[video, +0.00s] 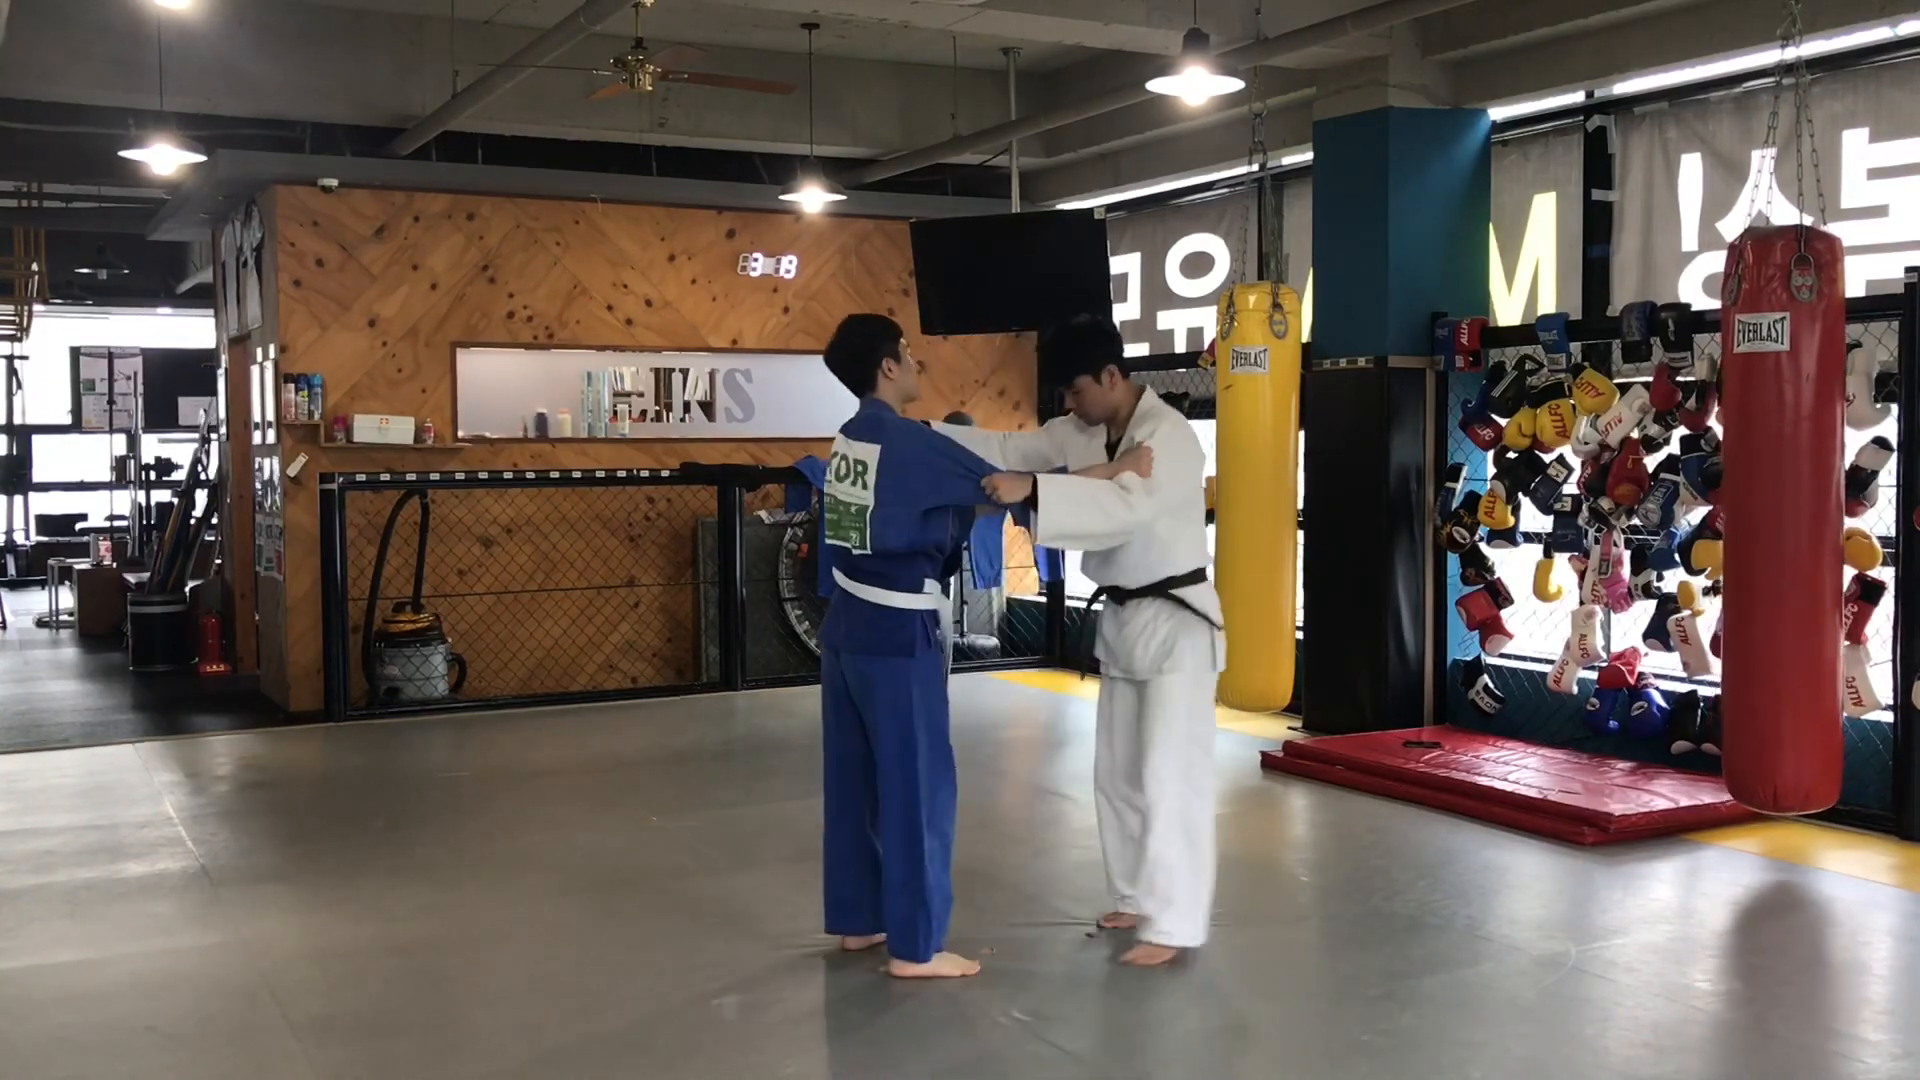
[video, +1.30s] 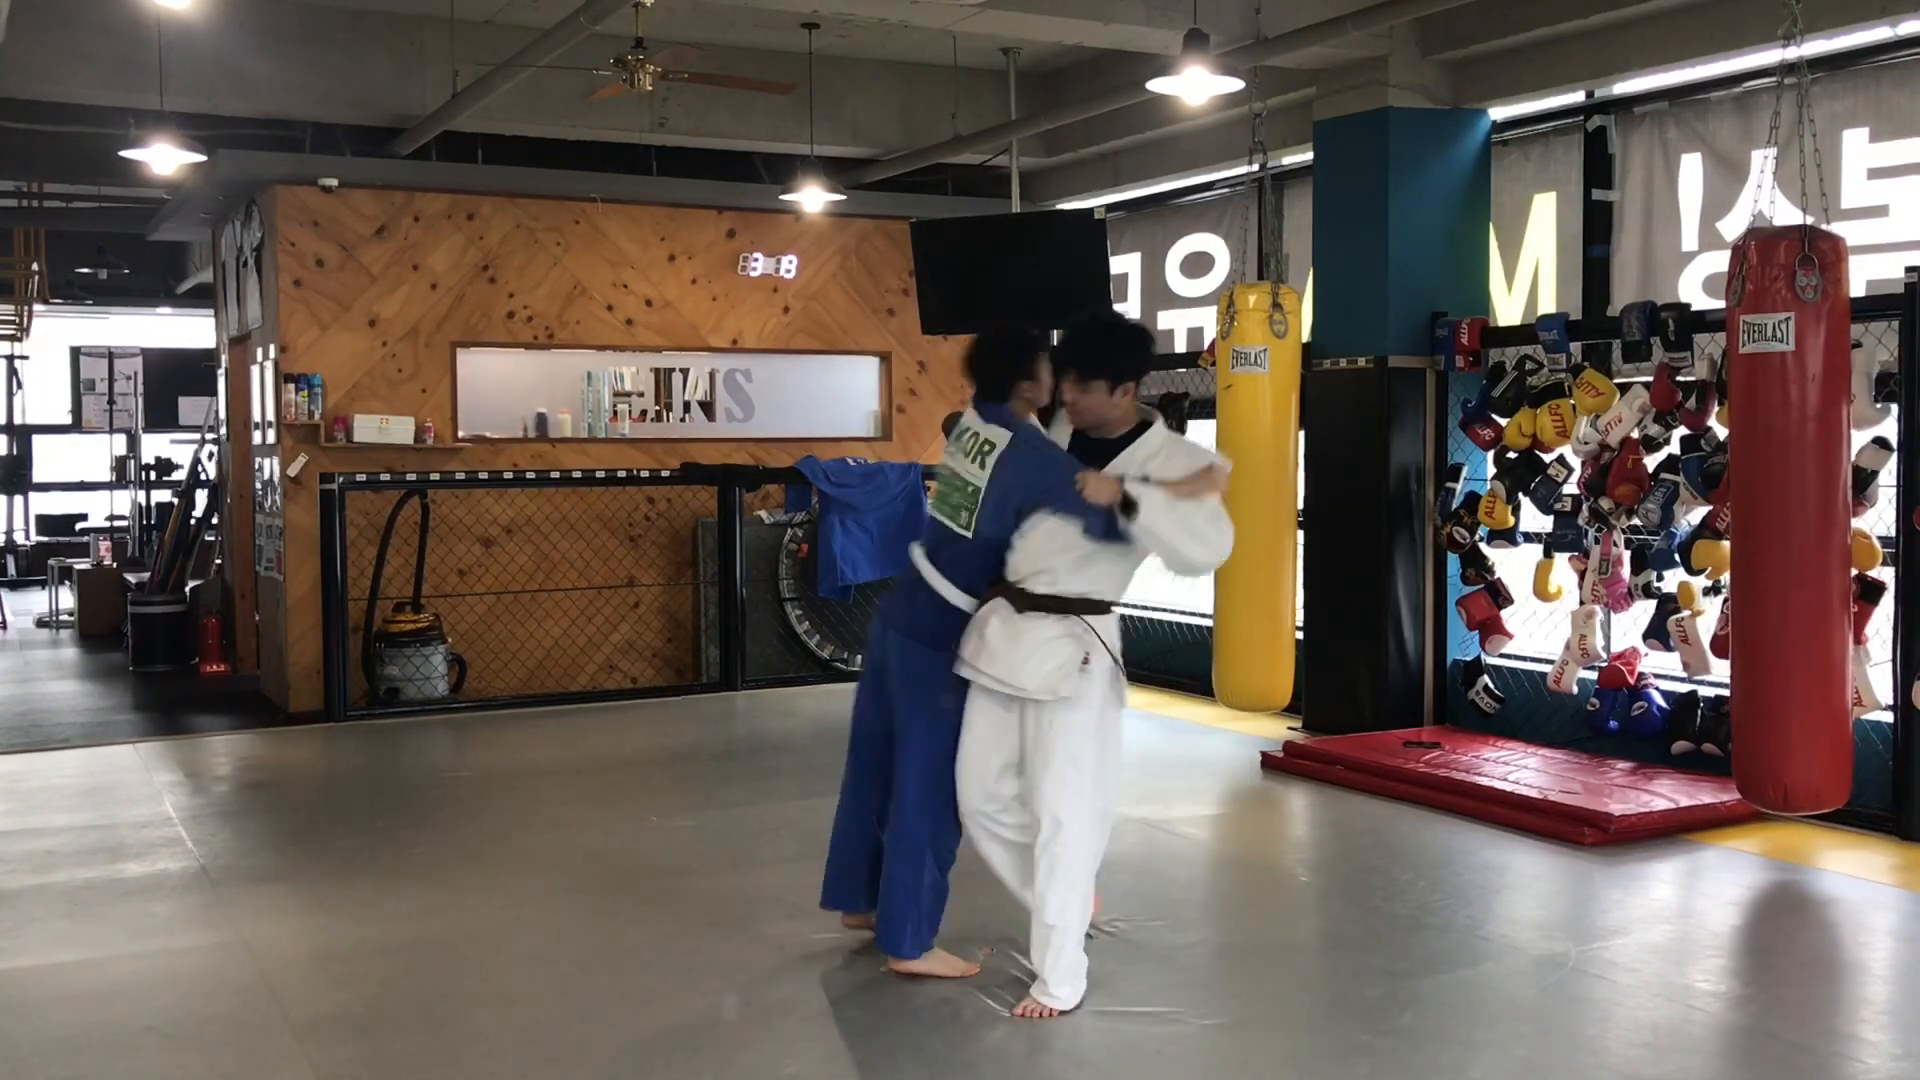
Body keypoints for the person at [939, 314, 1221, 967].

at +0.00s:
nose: (1069, 406)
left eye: (1075, 391)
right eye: (1064, 395)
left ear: (1112, 377)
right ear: (1086, 386)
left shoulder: (1167, 435)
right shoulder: (1081, 432)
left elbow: (1131, 502)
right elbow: (1009, 449)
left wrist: (1037, 491)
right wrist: (928, 433)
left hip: (1176, 619)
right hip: (1122, 618)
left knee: (1170, 777)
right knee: (1120, 773)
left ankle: (1176, 926)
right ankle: (1141, 900)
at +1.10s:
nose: (1099, 413)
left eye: (1108, 399)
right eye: (1097, 400)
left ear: (1152, 393)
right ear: (1141, 397)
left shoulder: (1192, 454)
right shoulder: (1120, 455)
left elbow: (1157, 478)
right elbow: (1056, 517)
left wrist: (1067, 450)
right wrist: (988, 488)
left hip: (1137, 647)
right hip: (1082, 640)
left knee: (1072, 781)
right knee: (1118, 784)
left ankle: (1083, 945)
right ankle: (1140, 900)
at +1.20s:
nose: (1090, 407)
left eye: (1099, 394)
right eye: (1088, 395)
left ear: (1144, 391)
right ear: (1128, 396)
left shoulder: (1198, 449)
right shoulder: (1095, 451)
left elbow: (1179, 498)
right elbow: (1035, 519)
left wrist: (1095, 457)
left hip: (1106, 650)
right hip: (1047, 639)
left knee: (1067, 809)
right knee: (1054, 791)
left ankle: (1055, 975)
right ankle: (1104, 883)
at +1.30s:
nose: (1065, 398)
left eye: (1078, 387)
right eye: (1064, 385)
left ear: (1124, 393)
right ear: (1067, 386)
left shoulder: (1164, 454)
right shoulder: (1055, 439)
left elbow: (1210, 545)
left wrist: (1129, 496)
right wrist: (973, 437)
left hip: (1076, 647)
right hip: (1005, 632)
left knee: (1063, 814)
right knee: (983, 798)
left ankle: (1059, 981)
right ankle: (1067, 895)